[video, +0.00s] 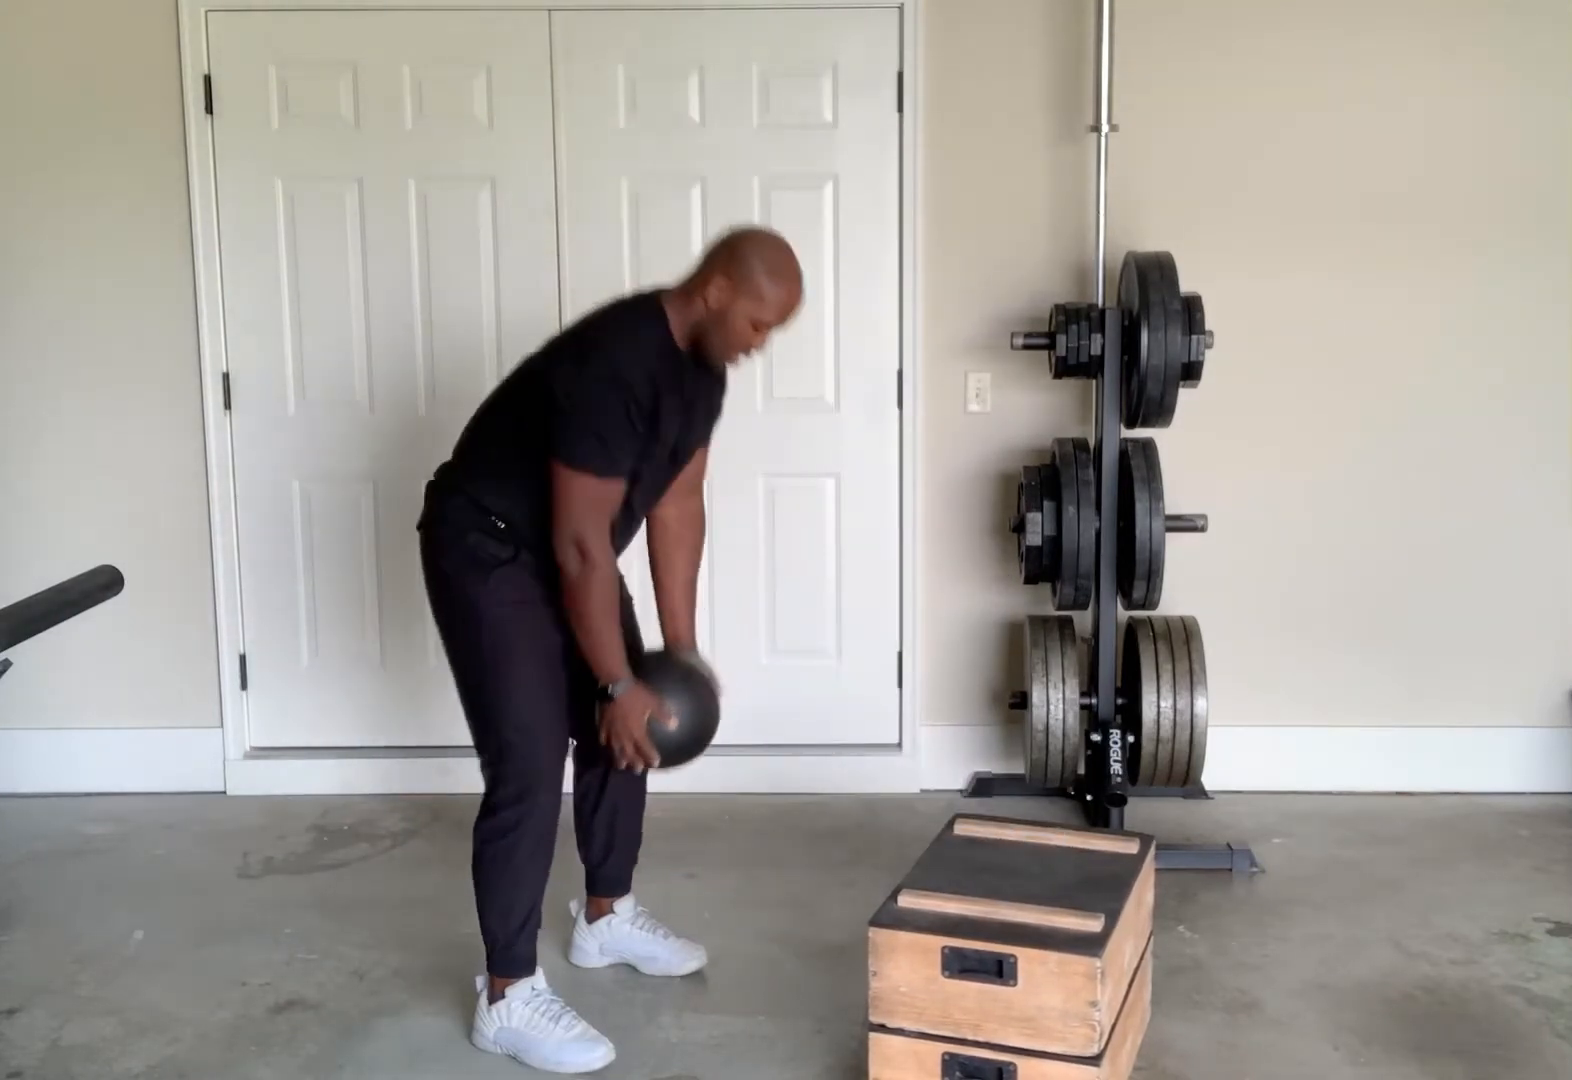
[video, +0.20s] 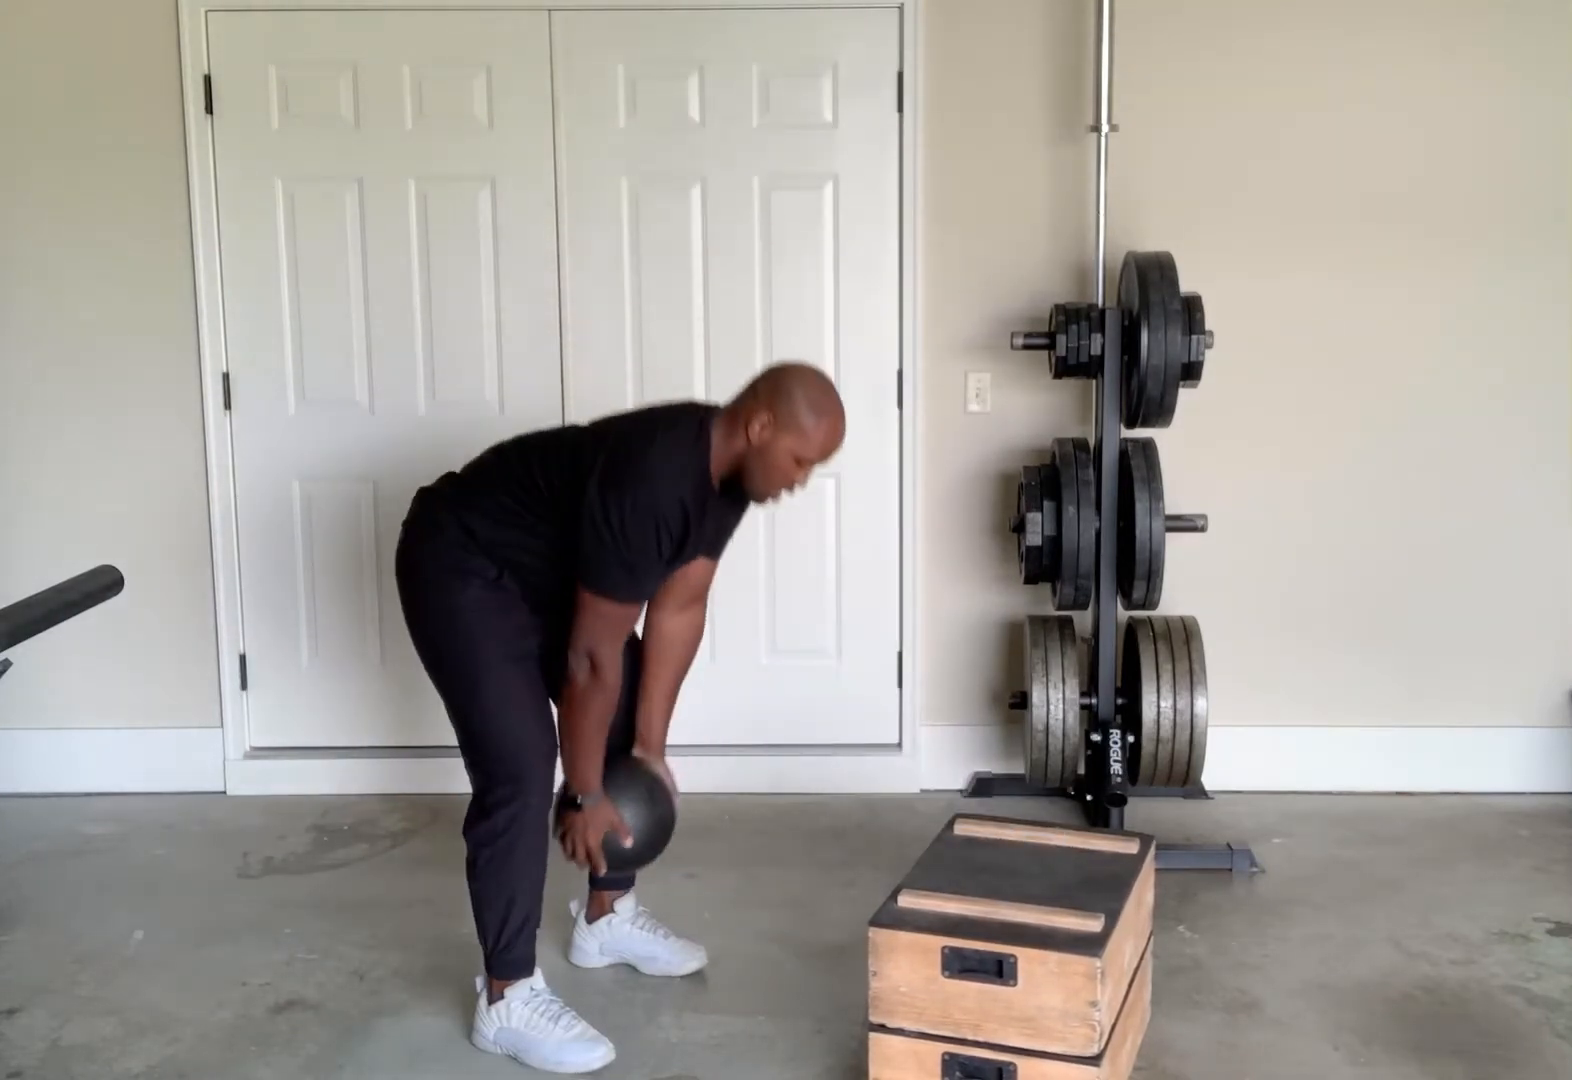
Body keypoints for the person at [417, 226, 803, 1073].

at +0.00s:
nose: (760, 341)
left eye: (772, 328)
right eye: (758, 321)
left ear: (734, 300)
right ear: (714, 286)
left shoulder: (701, 366)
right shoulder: (614, 360)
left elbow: (678, 503)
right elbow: (578, 546)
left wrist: (679, 651)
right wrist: (617, 689)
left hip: (571, 544)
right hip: (485, 544)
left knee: (622, 715)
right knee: (528, 759)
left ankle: (606, 916)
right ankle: (506, 991)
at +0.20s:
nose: (802, 481)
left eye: (812, 468)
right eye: (800, 461)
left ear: (759, 427)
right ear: (756, 426)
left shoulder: (730, 478)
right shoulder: (650, 473)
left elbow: (680, 609)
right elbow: (591, 658)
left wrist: (649, 753)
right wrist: (583, 792)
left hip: (547, 567)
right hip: (458, 558)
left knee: (633, 710)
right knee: (519, 767)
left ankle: (607, 915)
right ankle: (507, 994)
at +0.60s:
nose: (816, 462)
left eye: (823, 444)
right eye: (811, 440)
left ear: (758, 423)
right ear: (755, 420)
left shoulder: (731, 485)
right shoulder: (653, 484)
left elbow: (680, 612)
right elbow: (588, 665)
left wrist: (649, 754)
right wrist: (584, 801)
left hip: (547, 575)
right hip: (461, 570)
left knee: (618, 756)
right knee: (528, 781)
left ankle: (606, 917)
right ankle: (504, 995)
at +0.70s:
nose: (773, 278)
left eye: (770, 260)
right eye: (756, 261)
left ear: (711, 278)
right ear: (694, 275)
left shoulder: (719, 380)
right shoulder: (630, 373)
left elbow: (680, 504)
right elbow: (554, 549)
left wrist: (701, 627)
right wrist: (651, 668)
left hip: (589, 558)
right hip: (496, 559)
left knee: (657, 718)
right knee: (555, 773)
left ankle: (605, 918)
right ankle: (507, 992)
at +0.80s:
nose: (697, 175)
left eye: (692, 160)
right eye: (677, 162)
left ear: (645, 183)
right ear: (617, 181)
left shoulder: (680, 293)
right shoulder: (572, 294)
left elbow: (683, 402)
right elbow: (580, 455)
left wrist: (760, 456)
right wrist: (725, 472)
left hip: (651, 561)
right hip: (554, 568)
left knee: (723, 716)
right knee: (570, 791)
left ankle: (630, 886)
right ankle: (510, 994)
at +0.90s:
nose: (673, 155)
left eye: (668, 140)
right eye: (651, 142)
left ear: (629, 162)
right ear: (591, 165)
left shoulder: (661, 258)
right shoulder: (562, 259)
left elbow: (726, 350)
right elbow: (635, 358)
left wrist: (788, 293)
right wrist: (768, 308)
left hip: (680, 539)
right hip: (581, 557)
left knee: (801, 658)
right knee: (569, 778)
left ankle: (660, 812)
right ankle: (511, 988)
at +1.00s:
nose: (680, 133)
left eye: (675, 122)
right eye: (657, 119)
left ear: (656, 137)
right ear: (615, 139)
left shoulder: (694, 225)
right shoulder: (586, 229)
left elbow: (789, 188)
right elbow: (676, 157)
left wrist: (789, 51)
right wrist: (739, 42)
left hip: (721, 508)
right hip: (621, 531)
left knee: (891, 542)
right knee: (584, 760)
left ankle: (781, 733)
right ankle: (518, 983)